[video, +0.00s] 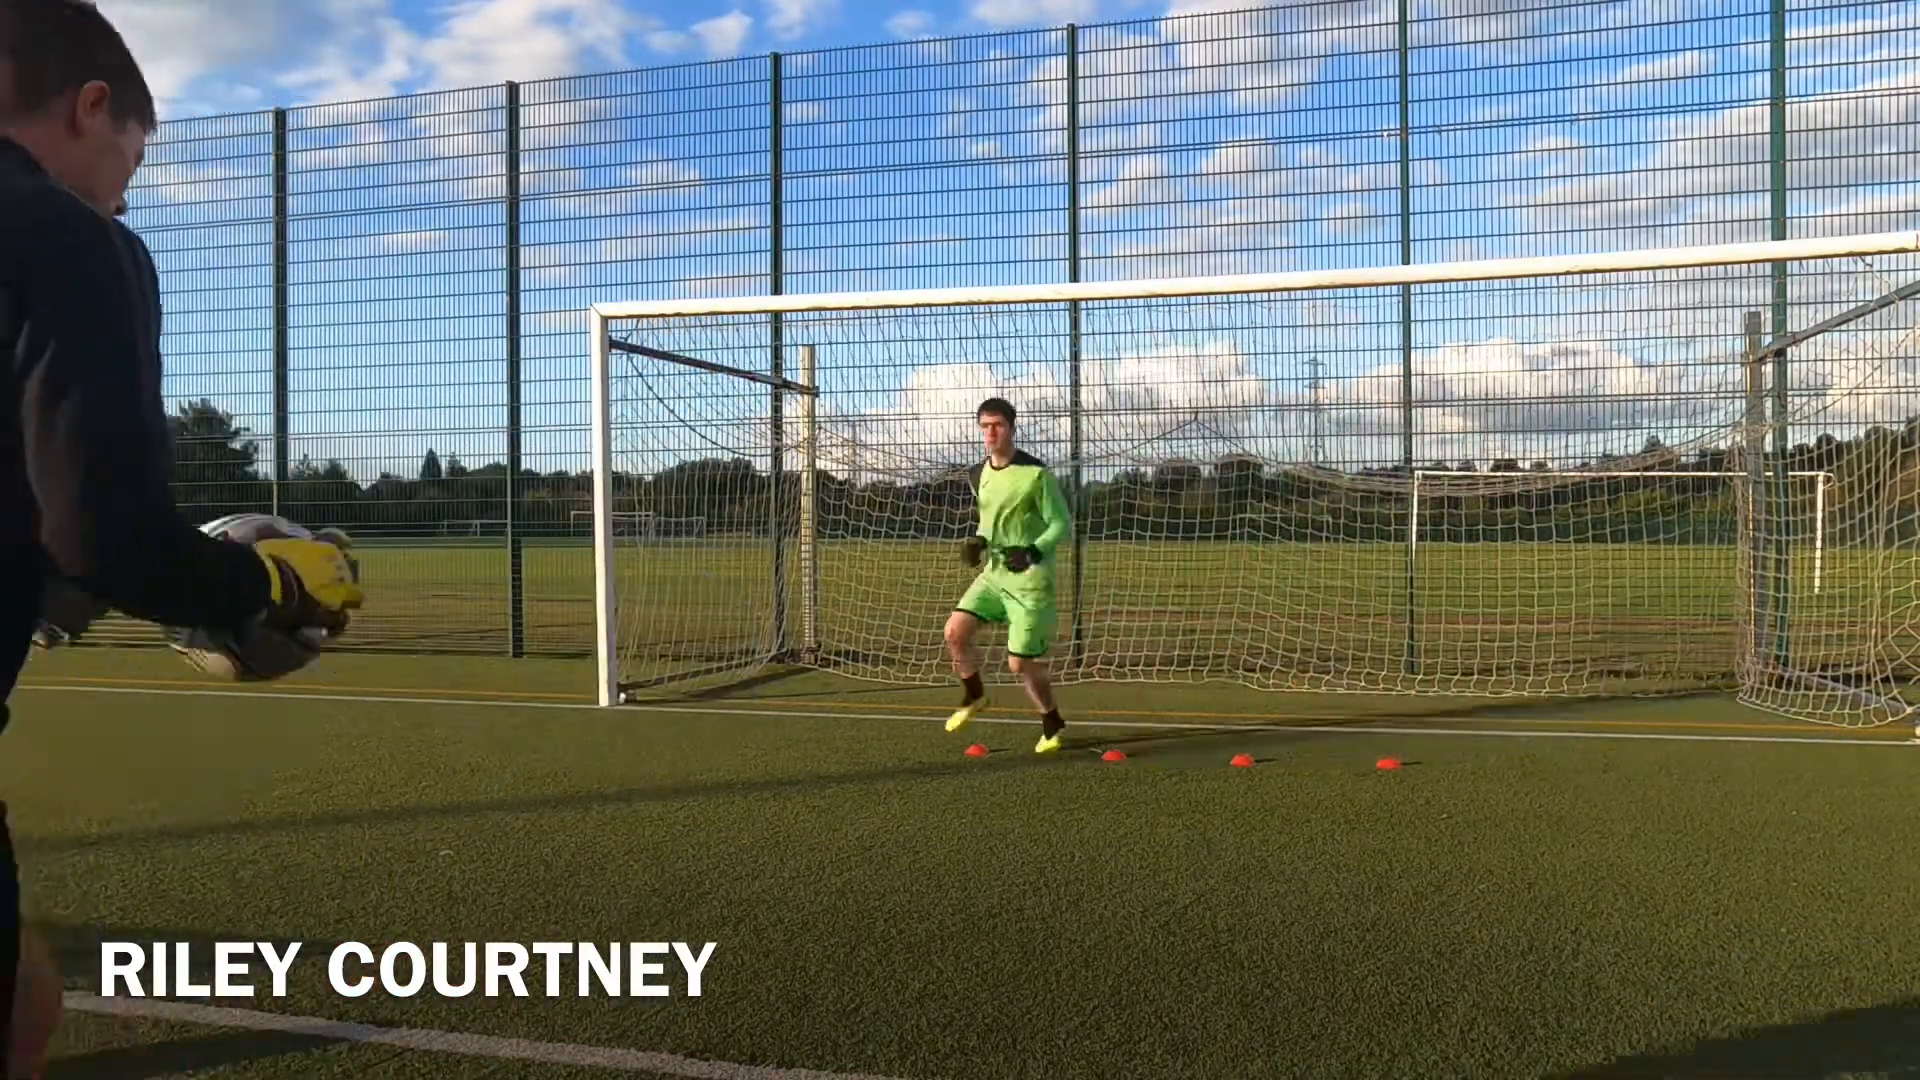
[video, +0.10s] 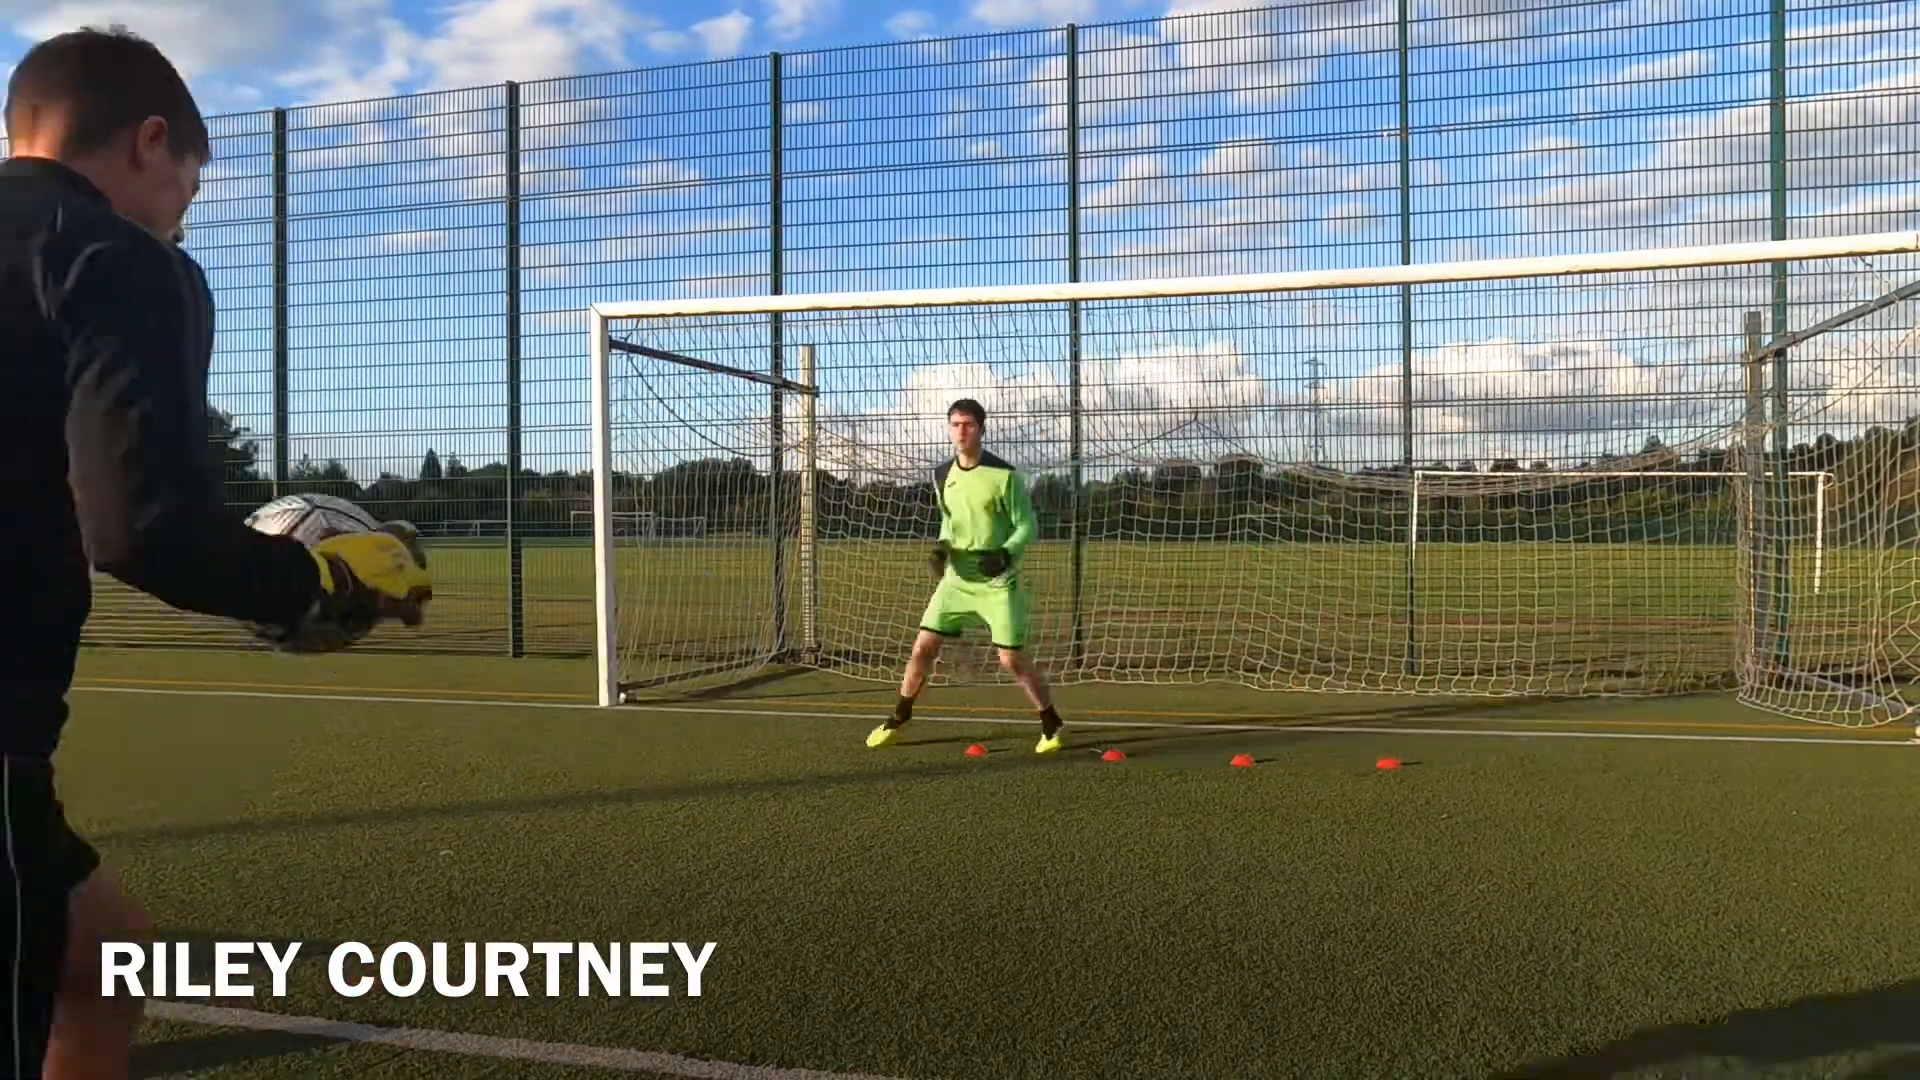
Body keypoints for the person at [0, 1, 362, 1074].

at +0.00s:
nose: (125, 190)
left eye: (136, 166)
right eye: (131, 157)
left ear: (38, 106)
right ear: (88, 107)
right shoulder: (71, 247)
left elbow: (47, 541)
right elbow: (106, 536)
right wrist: (247, 592)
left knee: (28, 996)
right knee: (24, 1001)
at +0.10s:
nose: (182, 216)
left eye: (192, 190)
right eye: (188, 182)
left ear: (28, 134)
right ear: (145, 141)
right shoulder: (115, 259)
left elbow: (109, 518)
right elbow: (142, 523)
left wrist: (258, 554)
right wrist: (317, 585)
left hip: (10, 746)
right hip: (5, 748)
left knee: (102, 946)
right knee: (93, 967)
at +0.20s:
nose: (238, 213)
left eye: (244, 189)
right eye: (240, 184)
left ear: (87, 147)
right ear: (199, 147)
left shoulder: (8, 235)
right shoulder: (196, 257)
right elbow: (198, 467)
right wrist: (345, 600)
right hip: (61, 693)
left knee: (160, 945)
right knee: (38, 1006)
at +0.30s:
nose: (277, 219)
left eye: (282, 192)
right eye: (278, 188)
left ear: (132, 165)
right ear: (239, 165)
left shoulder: (18, 270)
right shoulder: (241, 262)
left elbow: (20, 477)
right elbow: (216, 442)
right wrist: (308, 641)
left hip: (12, 683)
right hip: (148, 693)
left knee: (237, 1002)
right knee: (129, 1041)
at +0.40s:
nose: (306, 225)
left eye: (308, 205)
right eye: (309, 200)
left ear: (170, 169)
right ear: (277, 169)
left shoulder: (42, 277)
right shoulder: (265, 248)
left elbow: (18, 474)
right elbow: (191, 427)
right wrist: (195, 654)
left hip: (49, 687)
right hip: (212, 679)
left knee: (218, 927)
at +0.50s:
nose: (332, 215)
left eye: (335, 198)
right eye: (336, 193)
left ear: (203, 161)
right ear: (305, 162)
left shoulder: (74, 255)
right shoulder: (293, 224)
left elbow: (16, 455)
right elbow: (193, 370)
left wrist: (25, 618)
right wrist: (122, 582)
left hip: (79, 653)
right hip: (242, 624)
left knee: (234, 937)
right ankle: (508, 933)